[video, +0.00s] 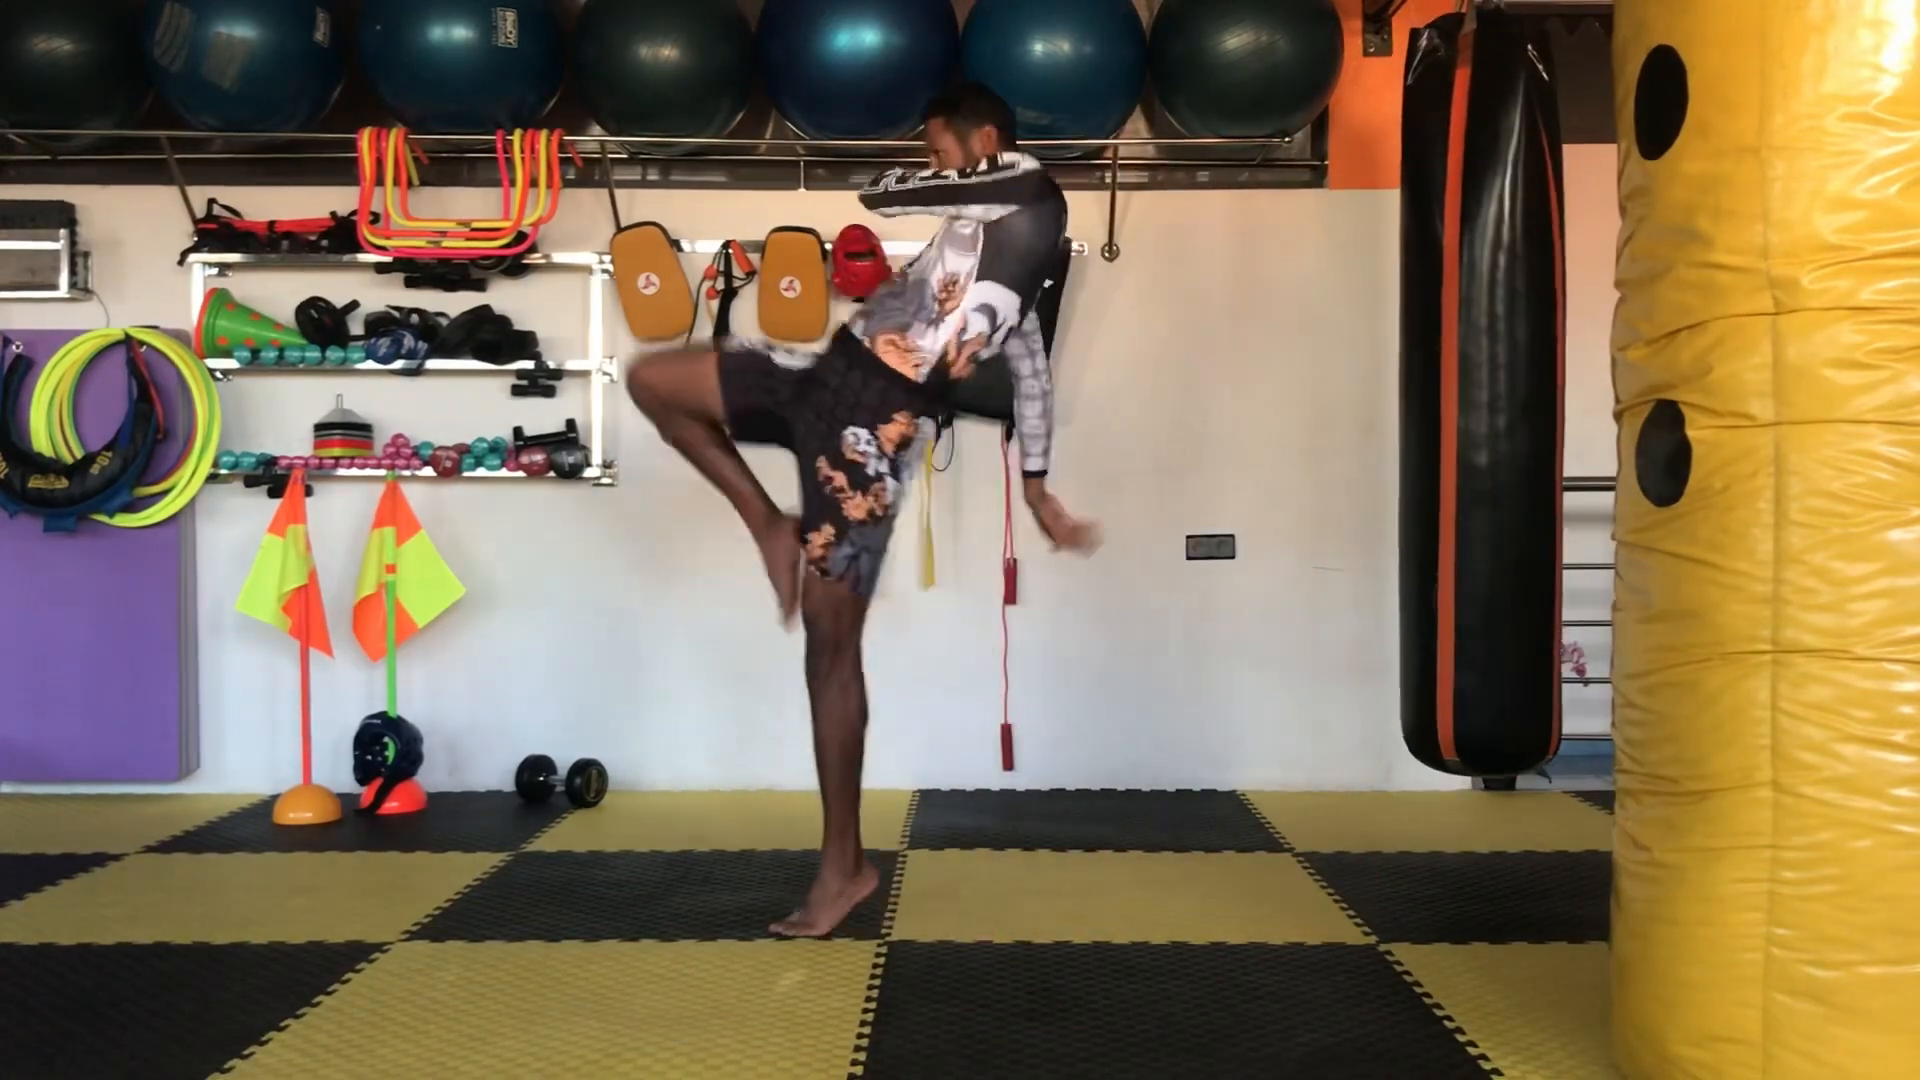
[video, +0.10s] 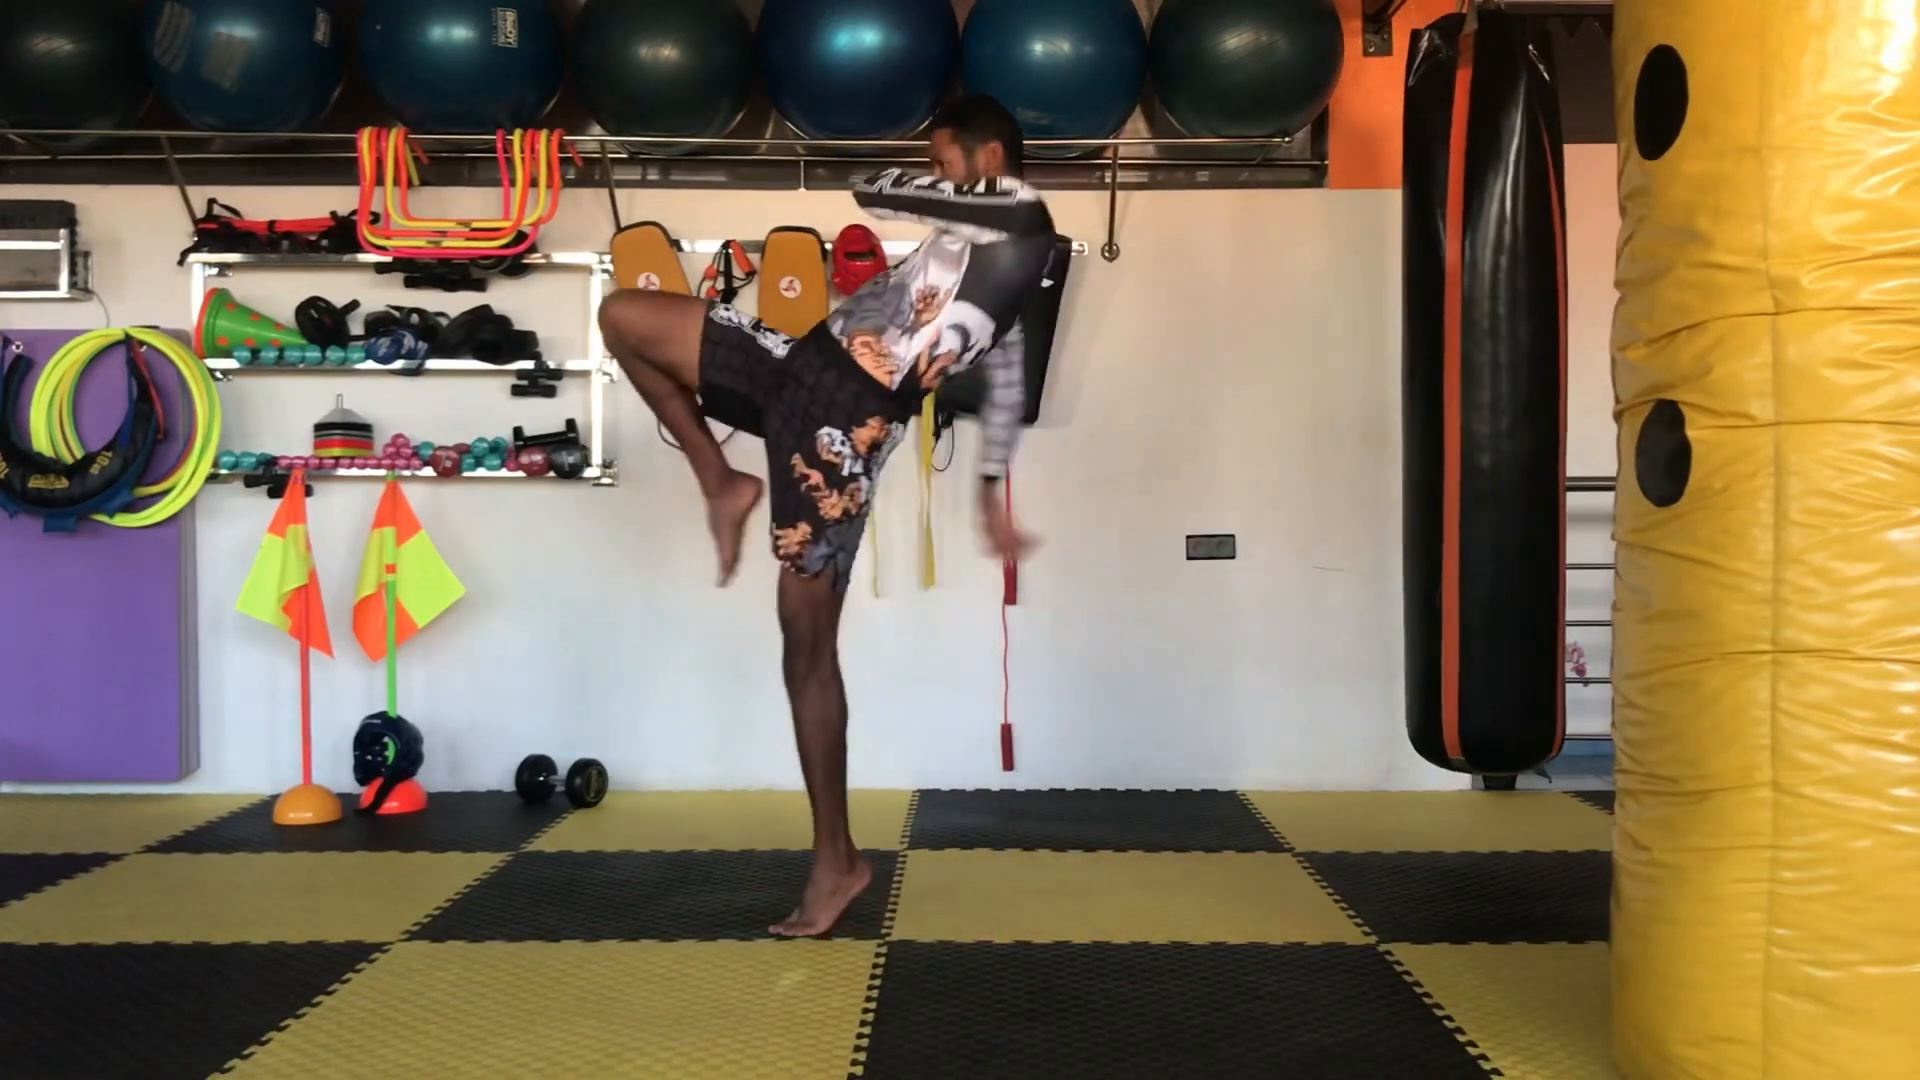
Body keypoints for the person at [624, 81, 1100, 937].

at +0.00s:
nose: (934, 167)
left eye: (939, 151)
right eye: (930, 155)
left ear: (985, 136)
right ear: (983, 138)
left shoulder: (1025, 203)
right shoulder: (982, 219)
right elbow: (1029, 359)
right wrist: (1035, 482)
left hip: (868, 416)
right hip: (824, 378)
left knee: (830, 644)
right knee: (653, 378)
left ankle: (844, 865)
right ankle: (771, 529)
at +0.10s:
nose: (931, 177)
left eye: (940, 162)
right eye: (932, 165)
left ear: (988, 155)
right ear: (986, 158)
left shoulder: (1015, 227)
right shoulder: (973, 229)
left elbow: (1007, 365)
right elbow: (1006, 370)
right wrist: (993, 488)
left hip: (836, 428)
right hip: (793, 375)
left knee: (808, 653)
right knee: (623, 317)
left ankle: (836, 861)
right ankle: (720, 483)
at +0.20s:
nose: (929, 186)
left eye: (939, 173)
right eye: (930, 174)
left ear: (988, 173)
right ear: (975, 177)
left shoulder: (1009, 249)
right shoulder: (954, 248)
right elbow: (934, 375)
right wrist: (894, 457)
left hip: (828, 431)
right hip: (785, 380)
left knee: (803, 665)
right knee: (616, 319)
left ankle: (844, 865)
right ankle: (696, 492)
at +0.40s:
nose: (907, 169)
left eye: (916, 155)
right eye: (907, 155)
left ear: (963, 153)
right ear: (957, 156)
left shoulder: (993, 232)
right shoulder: (926, 227)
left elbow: (844, 226)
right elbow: (861, 342)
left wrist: (899, 202)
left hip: (848, 437)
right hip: (798, 400)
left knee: (834, 671)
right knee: (617, 405)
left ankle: (857, 875)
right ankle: (727, 562)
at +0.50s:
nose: (892, 155)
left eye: (901, 138)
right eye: (892, 140)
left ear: (948, 137)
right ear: (947, 138)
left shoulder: (977, 218)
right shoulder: (921, 223)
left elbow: (847, 248)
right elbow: (856, 301)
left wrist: (799, 202)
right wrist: (779, 283)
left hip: (870, 447)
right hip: (810, 423)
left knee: (857, 669)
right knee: (638, 471)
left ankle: (858, 877)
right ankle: (768, 612)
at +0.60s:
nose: (877, 144)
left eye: (886, 126)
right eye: (879, 128)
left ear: (935, 128)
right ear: (934, 133)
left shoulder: (960, 208)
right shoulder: (929, 213)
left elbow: (854, 270)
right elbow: (866, 287)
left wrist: (764, 227)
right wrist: (798, 239)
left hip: (886, 452)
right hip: (836, 439)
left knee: (867, 667)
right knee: (687, 547)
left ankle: (858, 878)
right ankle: (832, 665)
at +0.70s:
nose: (873, 144)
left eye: (882, 128)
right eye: (875, 129)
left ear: (924, 128)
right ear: (930, 131)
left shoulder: (947, 208)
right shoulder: (941, 214)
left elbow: (897, 311)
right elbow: (892, 323)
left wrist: (761, 298)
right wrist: (846, 250)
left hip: (900, 457)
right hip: (864, 449)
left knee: (870, 673)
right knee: (770, 615)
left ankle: (858, 884)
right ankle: (938, 717)